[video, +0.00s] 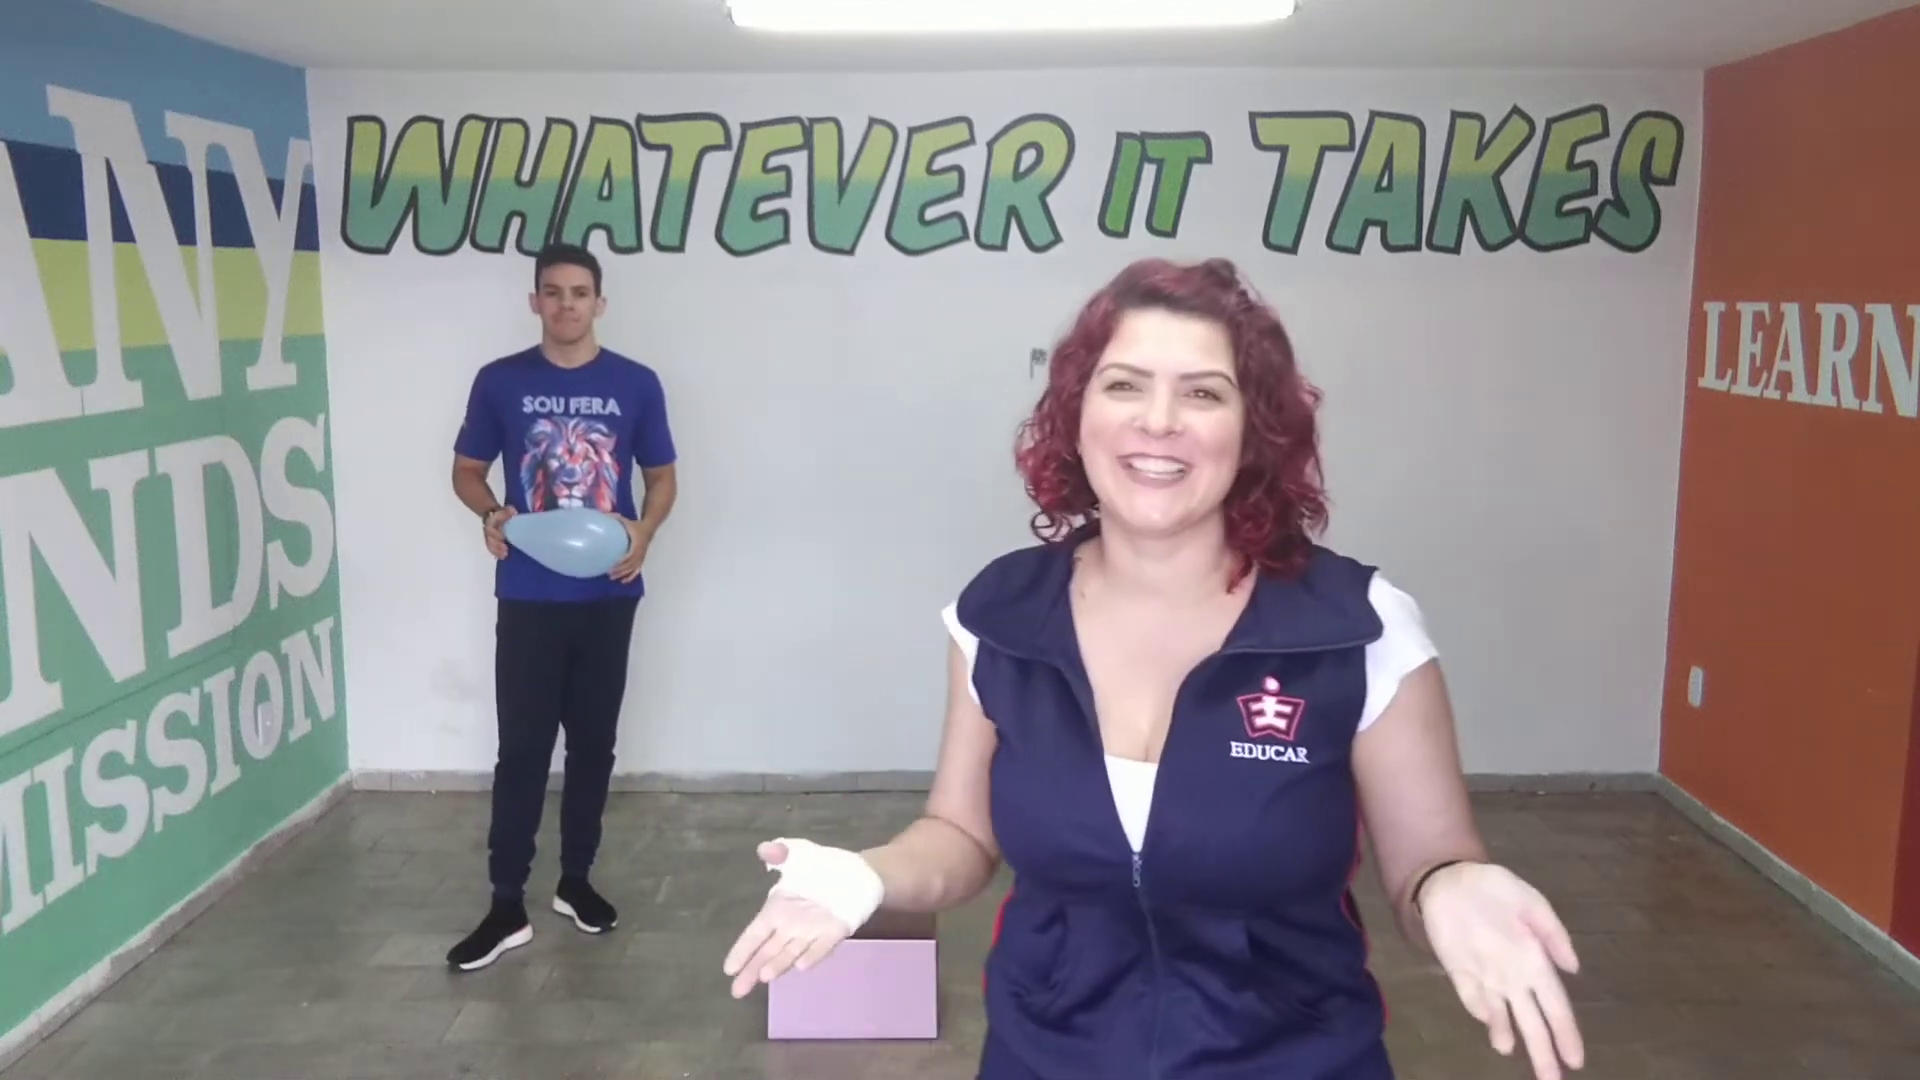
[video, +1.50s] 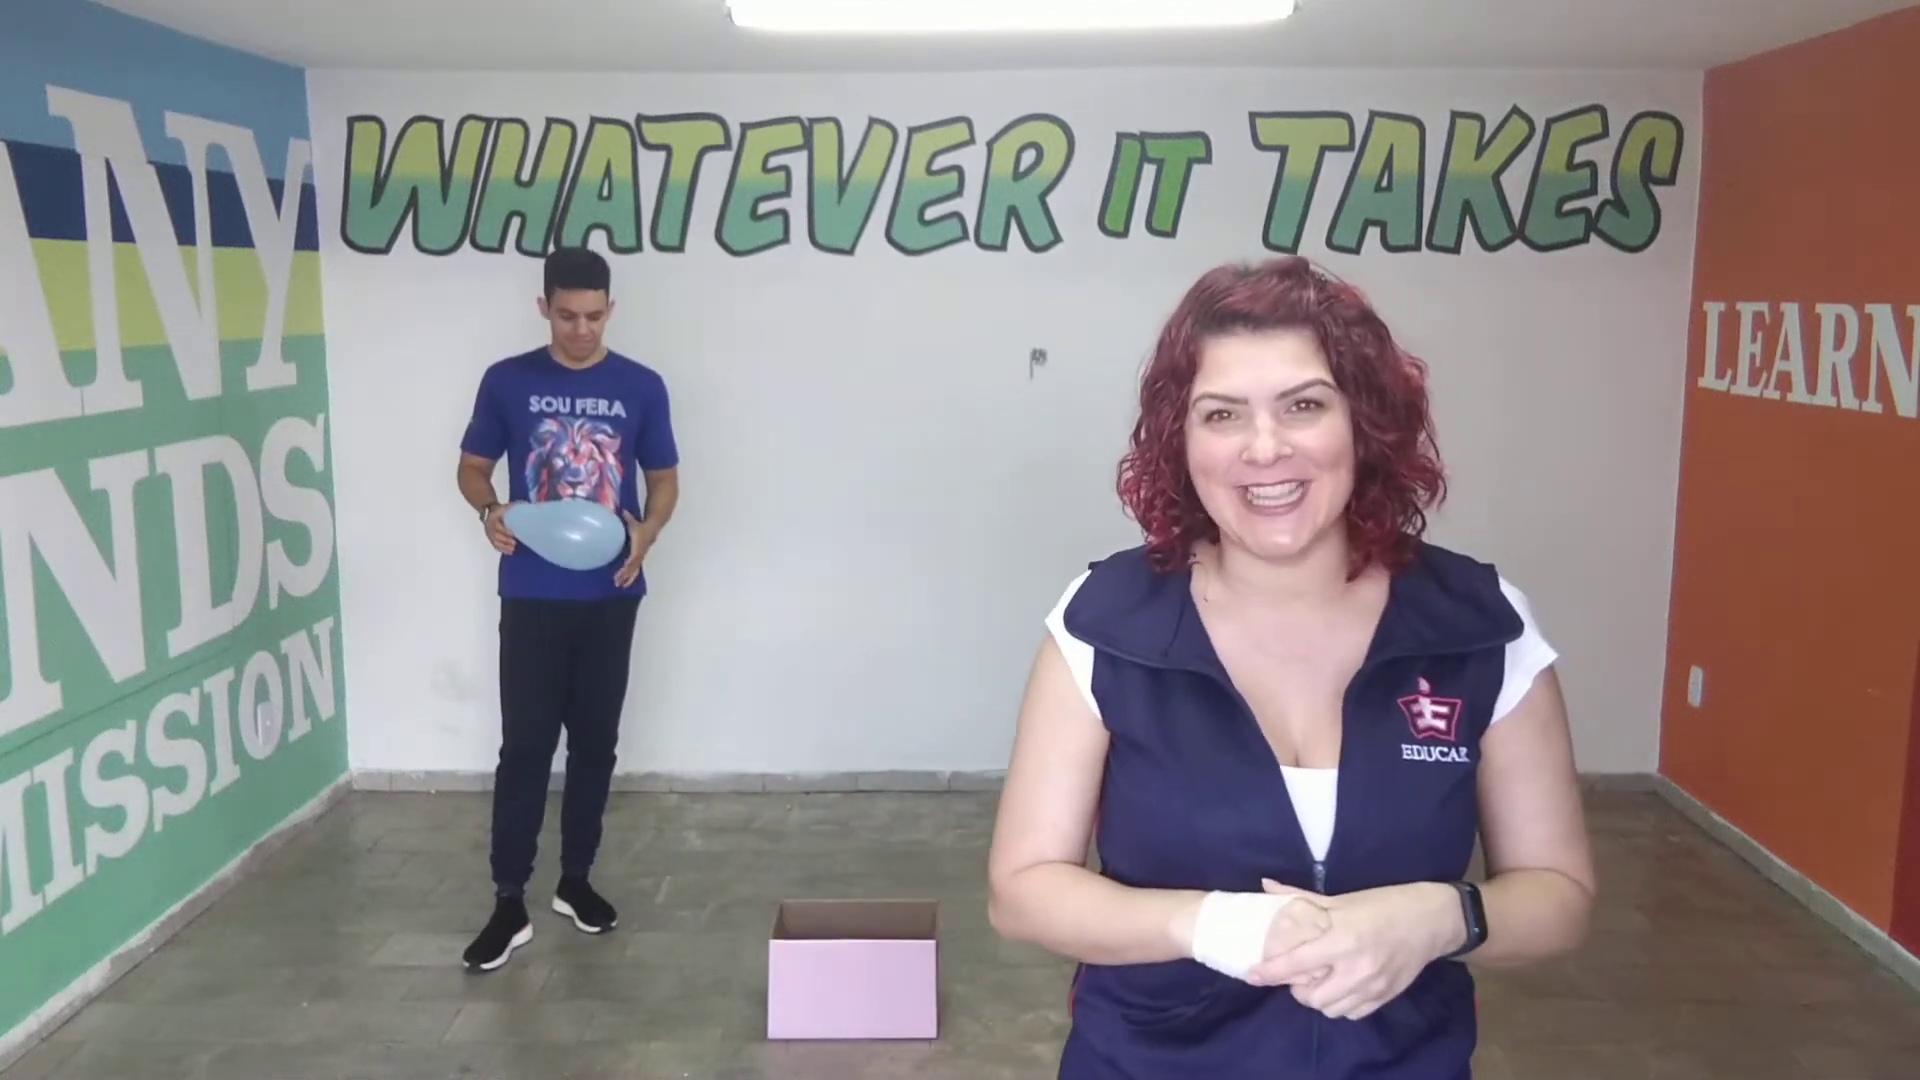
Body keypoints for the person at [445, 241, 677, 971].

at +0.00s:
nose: (564, 305)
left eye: (578, 293)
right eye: (553, 293)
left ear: (598, 302)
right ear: (536, 300)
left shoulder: (636, 385)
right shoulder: (500, 382)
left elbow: (663, 480)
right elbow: (466, 475)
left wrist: (643, 530)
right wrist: (492, 512)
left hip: (607, 598)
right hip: (529, 598)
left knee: (592, 745)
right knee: (522, 748)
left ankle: (575, 882)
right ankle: (508, 906)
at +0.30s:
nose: (568, 304)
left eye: (581, 293)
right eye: (557, 293)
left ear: (602, 303)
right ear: (540, 301)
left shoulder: (638, 386)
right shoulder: (504, 382)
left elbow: (666, 482)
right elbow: (469, 472)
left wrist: (646, 529)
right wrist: (488, 509)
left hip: (609, 598)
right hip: (532, 597)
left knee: (594, 745)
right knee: (524, 748)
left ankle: (574, 882)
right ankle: (508, 903)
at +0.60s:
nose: (571, 311)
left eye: (584, 300)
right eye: (559, 299)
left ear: (604, 305)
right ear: (541, 303)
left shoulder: (639, 387)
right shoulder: (505, 383)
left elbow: (665, 481)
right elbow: (470, 473)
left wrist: (647, 529)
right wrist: (494, 513)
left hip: (610, 597)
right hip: (534, 595)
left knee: (594, 744)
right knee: (524, 747)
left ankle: (575, 882)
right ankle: (509, 902)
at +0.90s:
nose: (573, 320)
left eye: (585, 308)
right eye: (561, 307)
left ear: (605, 307)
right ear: (543, 305)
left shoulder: (640, 387)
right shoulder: (506, 383)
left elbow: (664, 481)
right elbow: (470, 473)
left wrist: (647, 528)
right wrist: (494, 512)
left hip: (610, 597)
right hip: (534, 595)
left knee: (594, 744)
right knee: (525, 746)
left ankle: (574, 882)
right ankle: (509, 902)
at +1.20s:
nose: (575, 326)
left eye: (588, 313)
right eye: (564, 313)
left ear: (606, 311)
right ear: (544, 309)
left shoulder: (640, 388)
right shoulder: (507, 383)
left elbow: (665, 482)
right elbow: (471, 472)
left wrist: (646, 530)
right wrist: (492, 510)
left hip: (610, 598)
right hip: (533, 597)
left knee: (594, 744)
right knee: (525, 747)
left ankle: (574, 882)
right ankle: (509, 902)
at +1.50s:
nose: (581, 327)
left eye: (594, 314)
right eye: (569, 314)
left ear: (610, 313)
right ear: (546, 309)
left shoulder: (642, 389)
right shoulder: (508, 383)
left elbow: (665, 483)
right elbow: (472, 468)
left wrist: (647, 528)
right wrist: (490, 509)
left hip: (609, 598)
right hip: (532, 597)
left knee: (594, 745)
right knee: (526, 747)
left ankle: (574, 882)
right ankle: (510, 901)